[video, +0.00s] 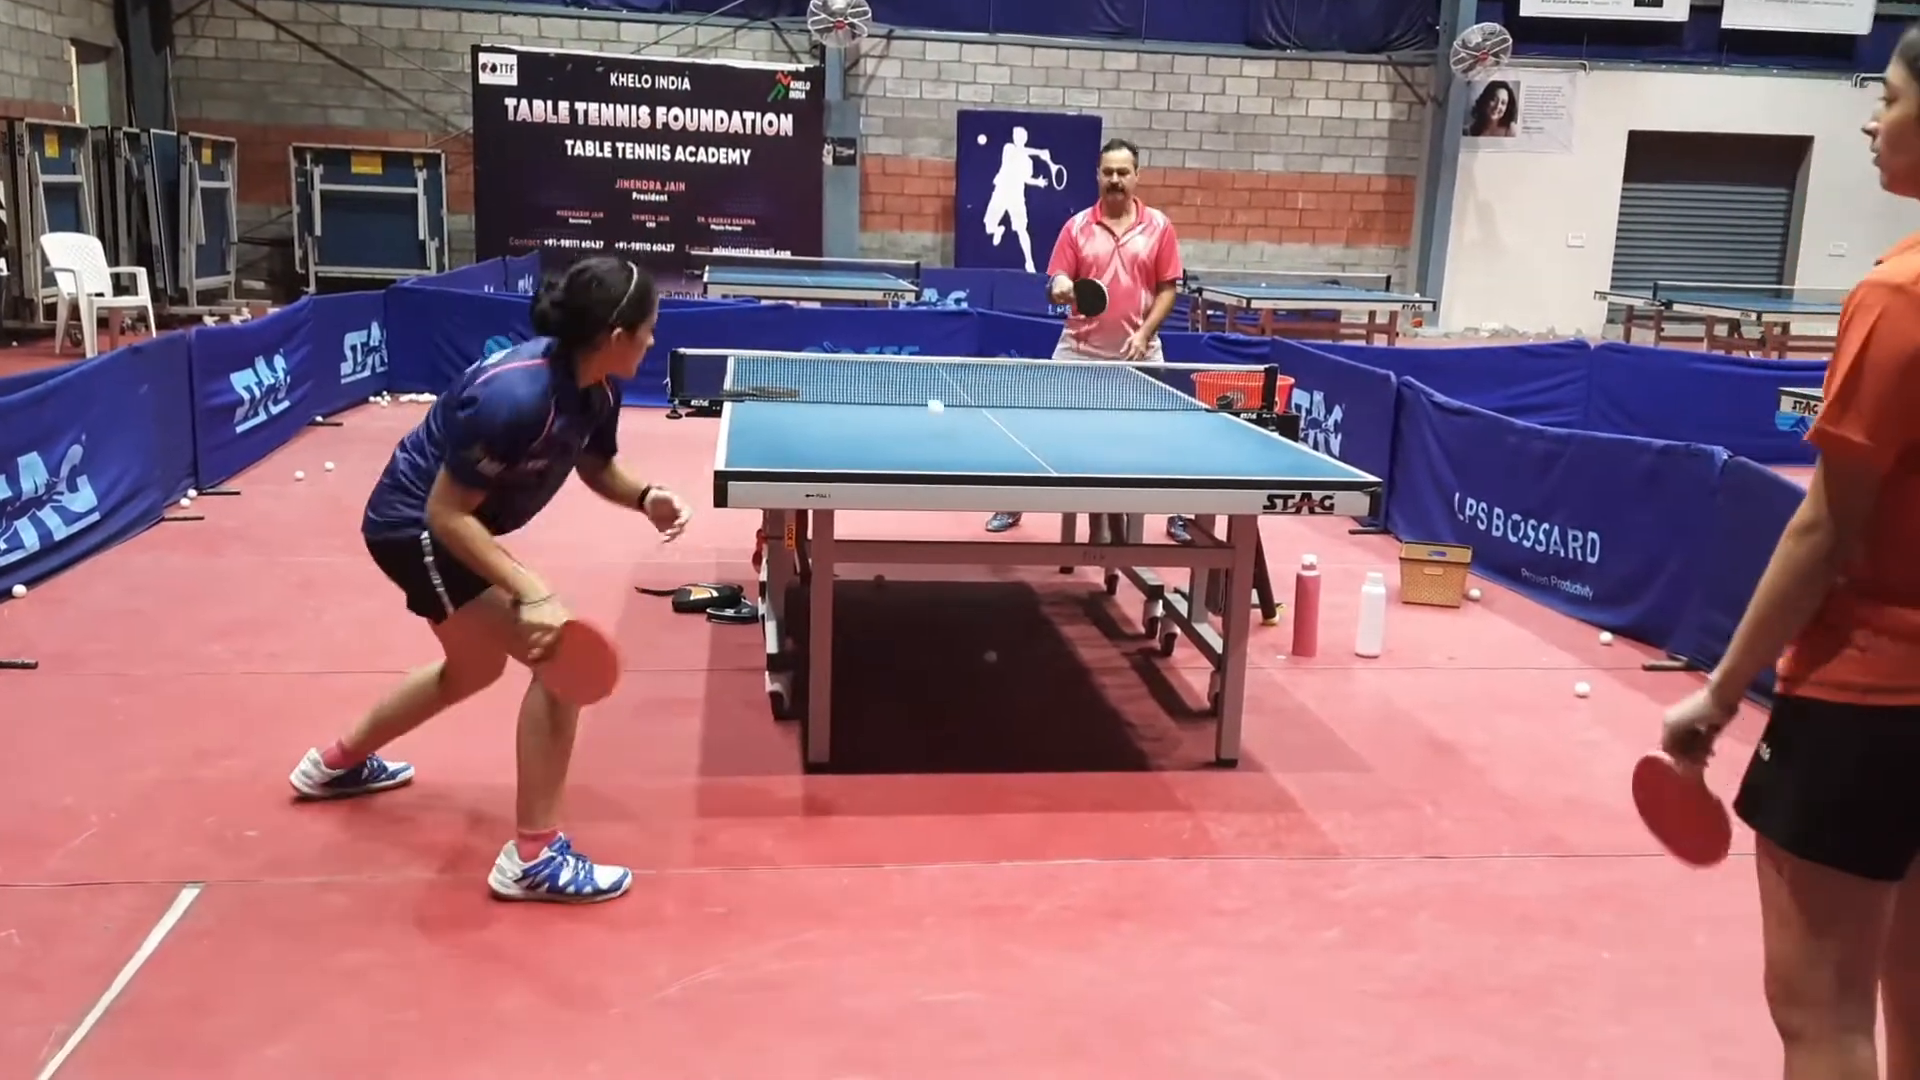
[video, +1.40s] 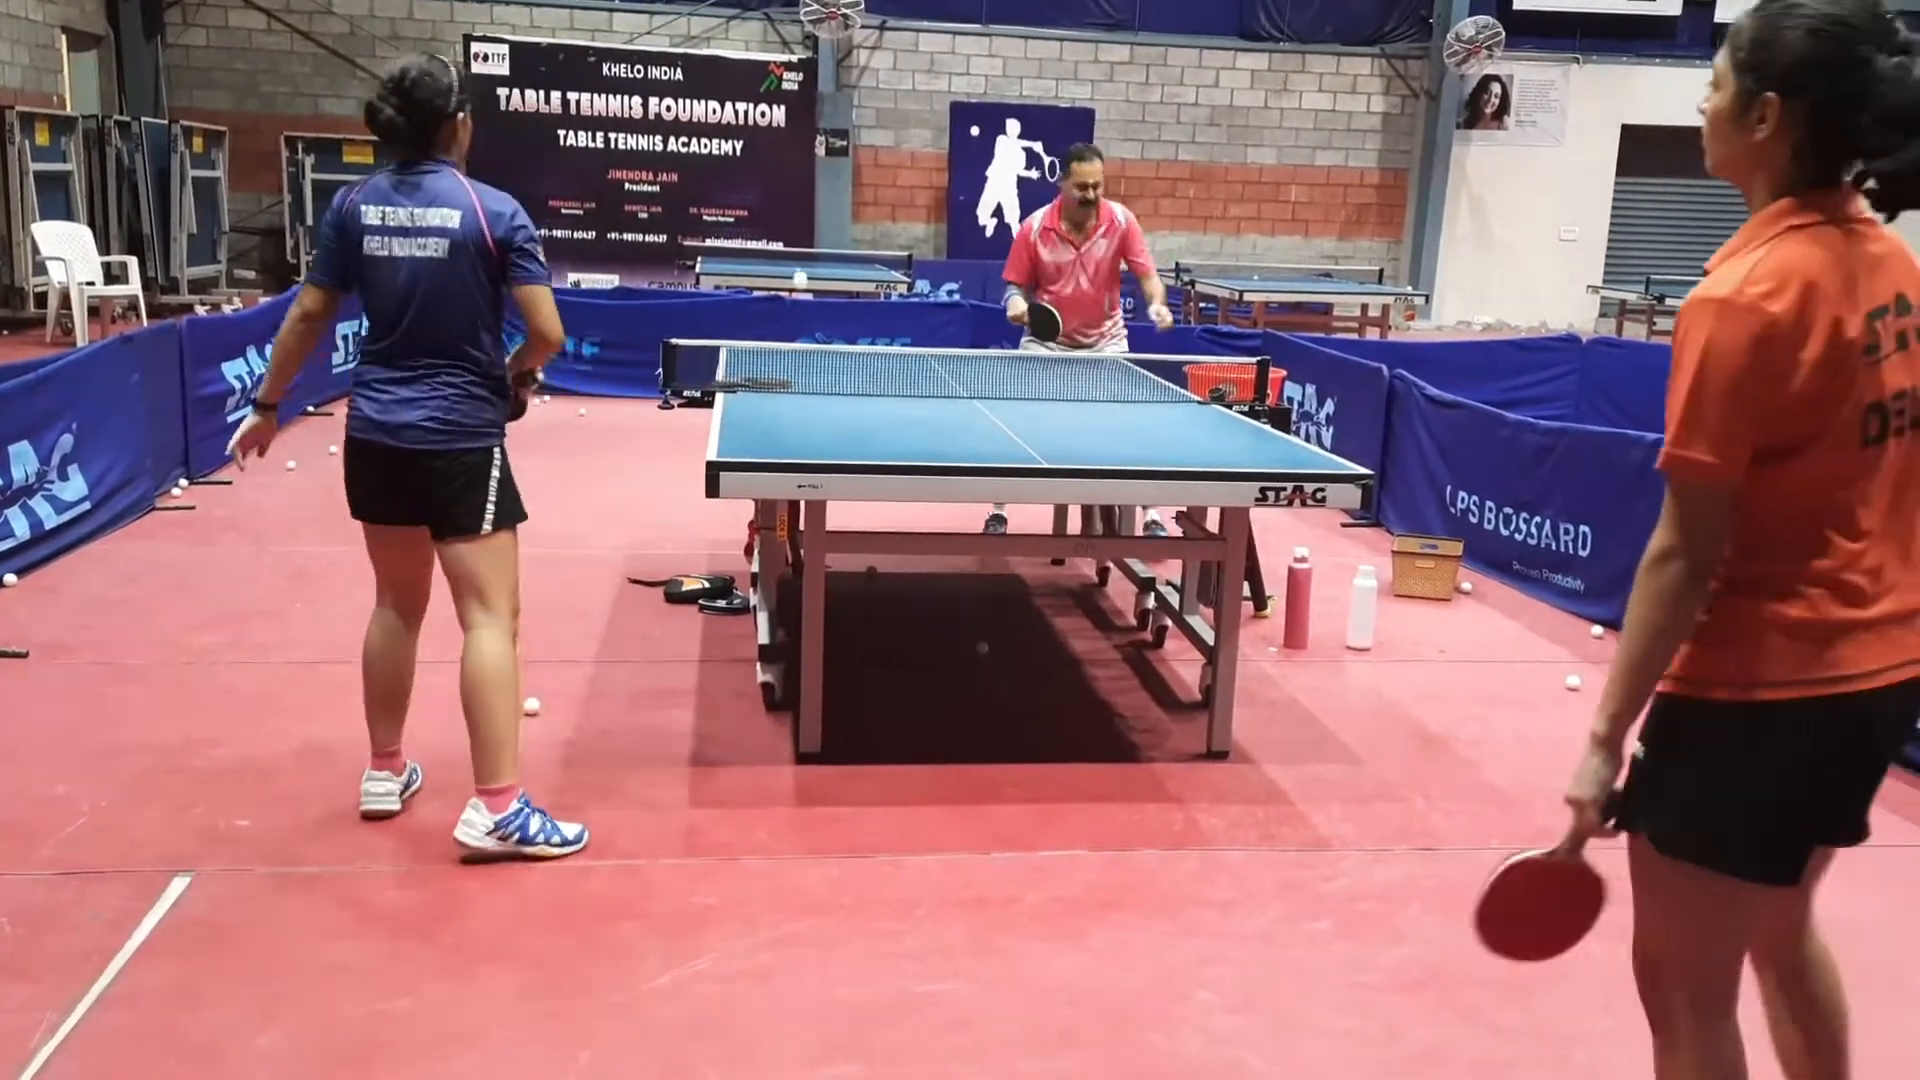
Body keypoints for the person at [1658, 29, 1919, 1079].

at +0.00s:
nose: (1875, 122)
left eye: (1892, 100)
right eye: (1883, 98)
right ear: (1914, 114)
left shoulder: (1897, 293)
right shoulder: (1896, 290)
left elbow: (1829, 527)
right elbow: (1828, 520)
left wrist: (1718, 693)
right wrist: (1725, 690)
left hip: (1858, 710)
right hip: (1906, 711)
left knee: (1818, 1013)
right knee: (1907, 1000)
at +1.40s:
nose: (1702, 100)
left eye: (1718, 82)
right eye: (1713, 78)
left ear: (1767, 119)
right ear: (1813, 123)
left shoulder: (1740, 302)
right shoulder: (1890, 255)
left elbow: (1686, 553)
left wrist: (1604, 737)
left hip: (1752, 697)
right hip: (1874, 678)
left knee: (1684, 989)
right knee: (1782, 924)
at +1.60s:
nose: (1664, 117)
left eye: (1674, 96)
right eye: (1669, 94)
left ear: (1725, 116)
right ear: (1782, 120)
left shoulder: (1719, 306)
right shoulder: (1866, 250)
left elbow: (1639, 559)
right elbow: (1878, 478)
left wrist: (1547, 747)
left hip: (1732, 698)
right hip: (1841, 674)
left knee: (1696, 1008)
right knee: (1696, 982)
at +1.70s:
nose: (1640, 136)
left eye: (1650, 113)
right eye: (1644, 113)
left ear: (1706, 124)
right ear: (1748, 123)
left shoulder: (1716, 317)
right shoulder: (1842, 252)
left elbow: (1630, 567)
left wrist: (1532, 754)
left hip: (1724, 696)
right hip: (1811, 669)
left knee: (1694, 1009)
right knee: (1600, 891)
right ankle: (1617, 1079)